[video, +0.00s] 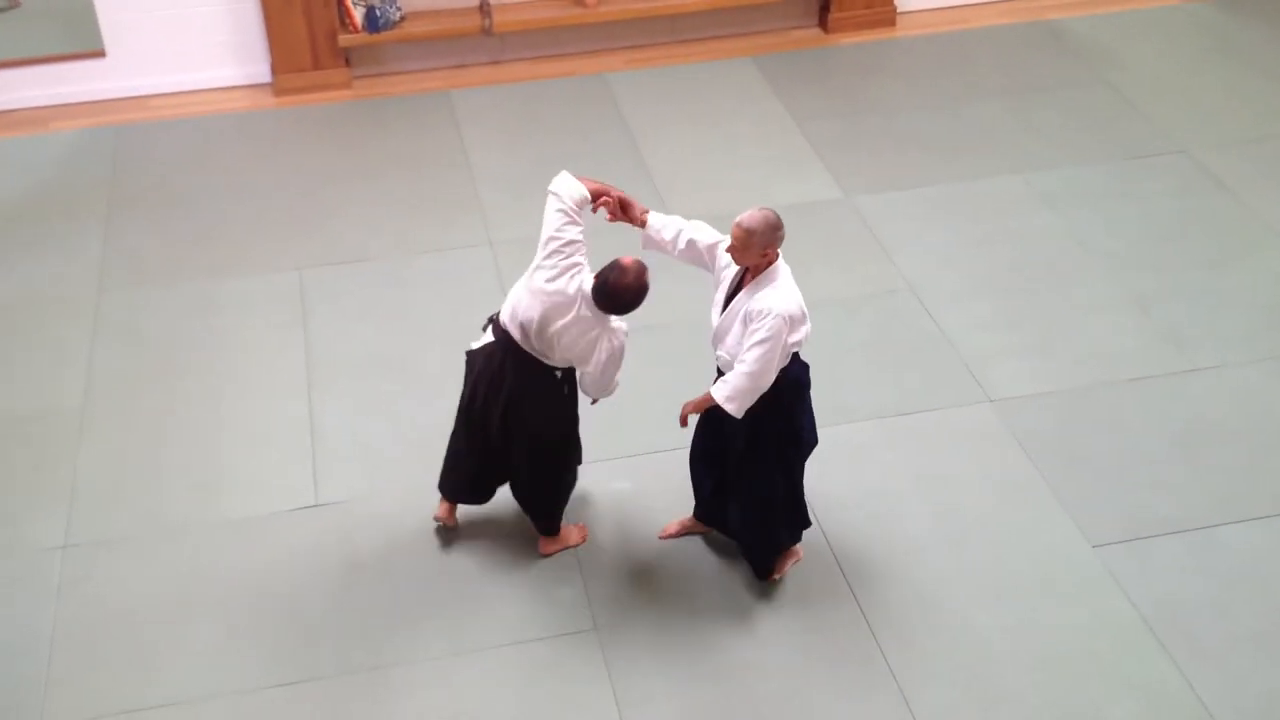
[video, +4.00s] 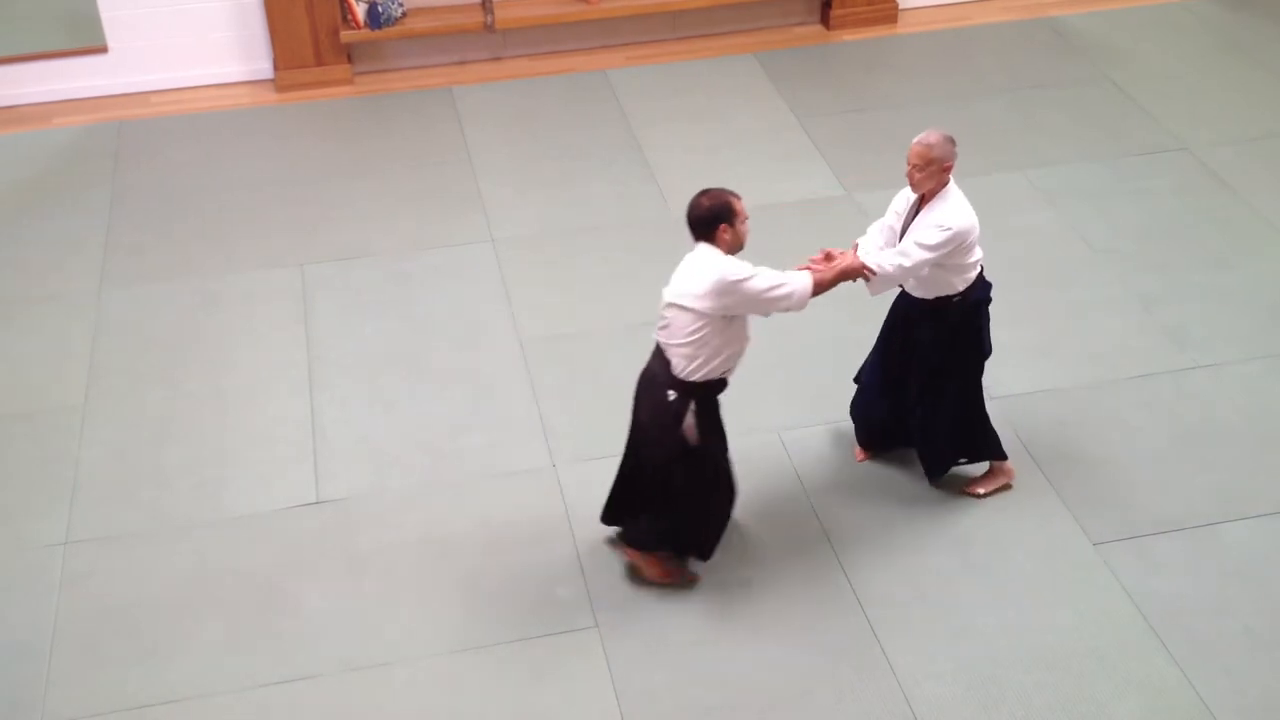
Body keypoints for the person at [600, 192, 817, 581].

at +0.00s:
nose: (728, 246)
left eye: (737, 244)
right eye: (731, 238)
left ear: (766, 254)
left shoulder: (777, 308)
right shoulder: (735, 258)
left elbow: (754, 373)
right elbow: (690, 237)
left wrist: (708, 400)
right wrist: (641, 217)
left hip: (771, 398)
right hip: (731, 382)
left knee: (766, 474)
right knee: (709, 452)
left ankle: (783, 547)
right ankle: (707, 515)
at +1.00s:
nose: (719, 242)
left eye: (729, 238)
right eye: (720, 233)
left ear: (757, 244)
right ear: (720, 226)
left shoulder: (763, 302)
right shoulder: (721, 252)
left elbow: (729, 367)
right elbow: (676, 234)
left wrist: (687, 374)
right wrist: (621, 216)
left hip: (763, 388)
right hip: (725, 376)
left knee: (773, 467)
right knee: (707, 449)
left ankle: (789, 543)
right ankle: (706, 515)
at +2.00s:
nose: (803, 224)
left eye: (814, 218)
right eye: (800, 214)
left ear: (837, 223)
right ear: (796, 212)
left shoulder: (847, 281)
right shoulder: (789, 254)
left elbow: (852, 355)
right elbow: (751, 297)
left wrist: (796, 379)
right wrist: (700, 323)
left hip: (821, 391)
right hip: (785, 373)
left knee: (782, 474)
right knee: (792, 441)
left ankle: (782, 555)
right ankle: (838, 474)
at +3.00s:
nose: (961, 184)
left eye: (970, 178)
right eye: (960, 175)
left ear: (997, 181)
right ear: (960, 170)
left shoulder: (1008, 231)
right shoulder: (956, 201)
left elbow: (967, 287)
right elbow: (916, 237)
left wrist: (900, 279)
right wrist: (869, 271)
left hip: (981, 327)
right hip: (939, 314)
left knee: (975, 398)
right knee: (904, 381)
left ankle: (988, 462)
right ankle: (884, 454)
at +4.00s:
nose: (910, 174)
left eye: (919, 169)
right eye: (909, 166)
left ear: (946, 170)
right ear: (908, 162)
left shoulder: (955, 219)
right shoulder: (910, 195)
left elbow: (904, 261)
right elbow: (883, 232)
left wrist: (847, 269)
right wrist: (851, 256)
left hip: (956, 309)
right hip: (914, 301)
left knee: (959, 389)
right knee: (881, 373)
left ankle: (999, 466)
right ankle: (879, 434)